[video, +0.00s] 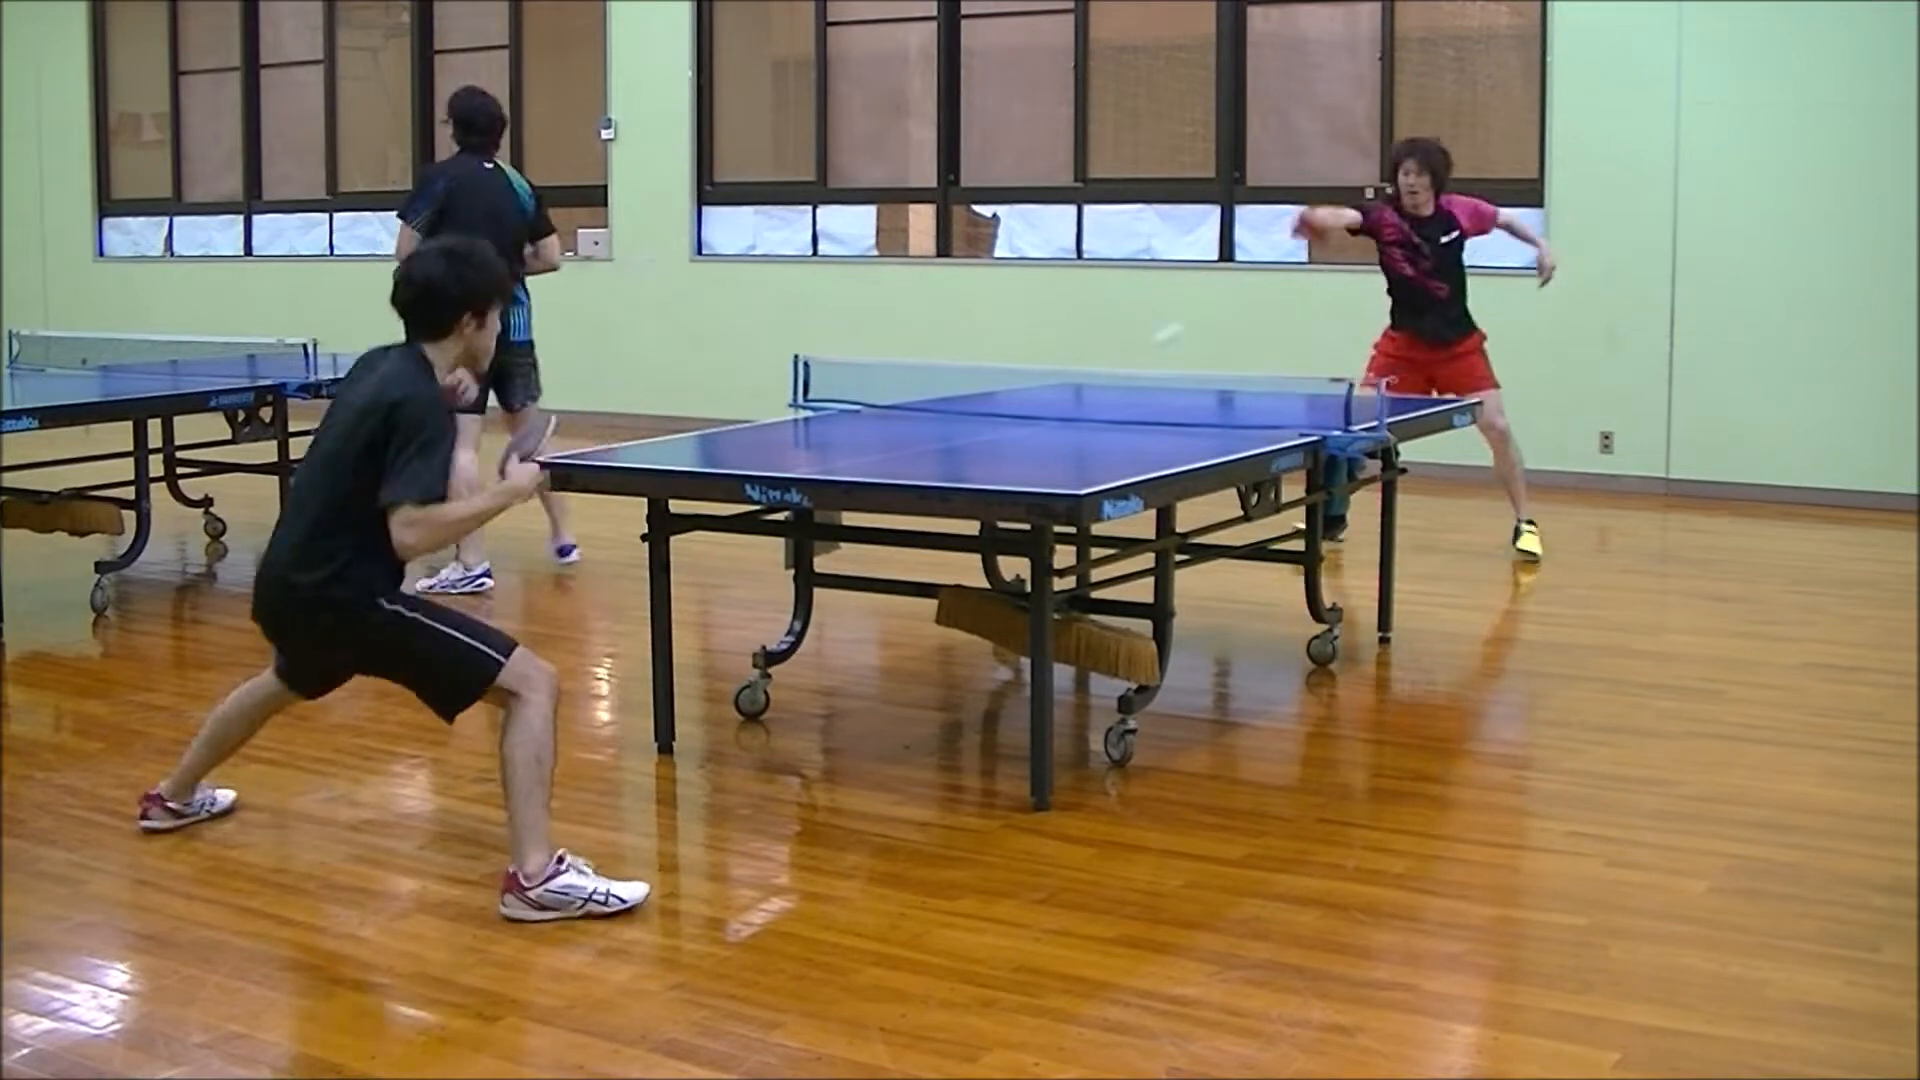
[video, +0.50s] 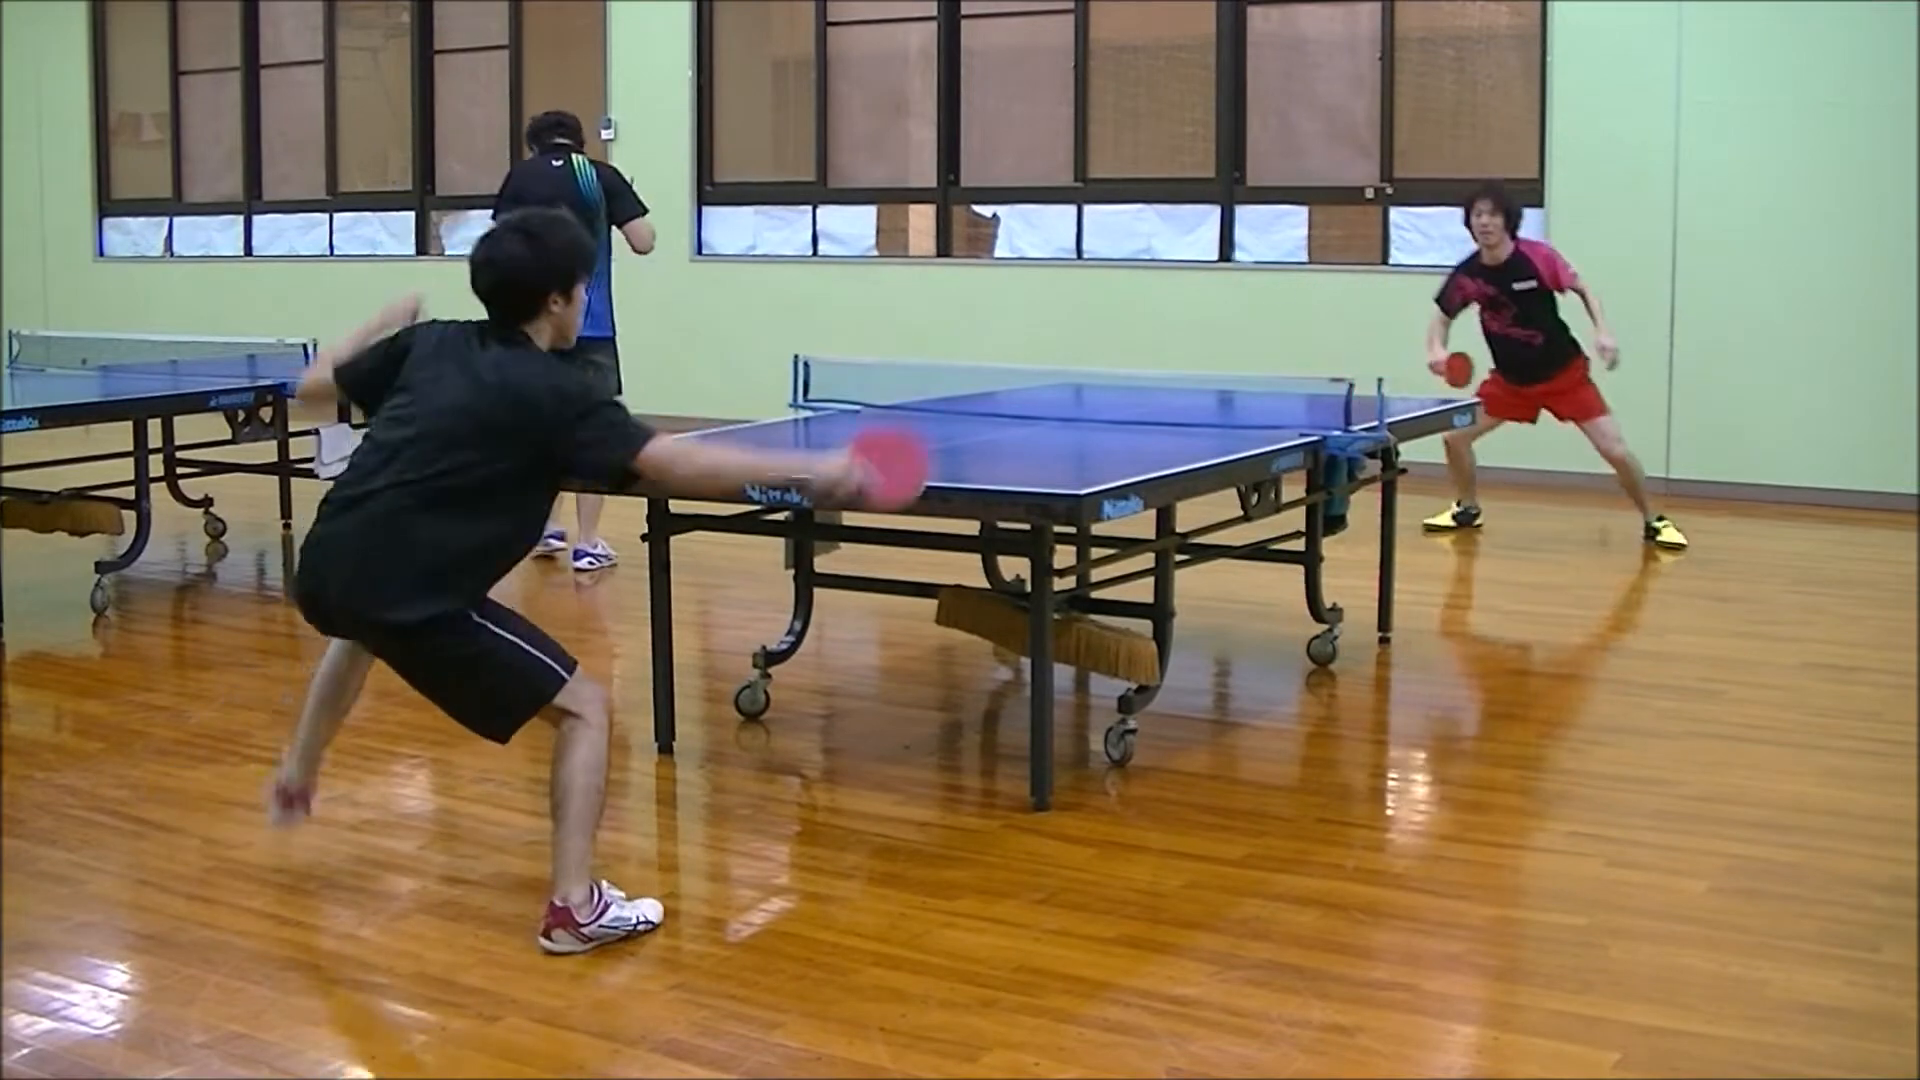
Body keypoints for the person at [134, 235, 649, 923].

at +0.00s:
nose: (497, 332)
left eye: (499, 319)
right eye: (496, 317)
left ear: (423, 311)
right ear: (472, 321)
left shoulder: (376, 368)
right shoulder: (421, 398)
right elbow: (410, 534)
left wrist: (449, 416)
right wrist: (508, 495)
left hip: (285, 593)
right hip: (346, 607)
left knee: (288, 679)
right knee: (533, 684)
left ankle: (172, 795)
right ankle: (537, 872)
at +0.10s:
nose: (515, 339)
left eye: (513, 325)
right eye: (508, 326)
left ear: (450, 331)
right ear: (470, 334)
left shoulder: (375, 378)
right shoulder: (438, 417)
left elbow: (299, 428)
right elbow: (457, 534)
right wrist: (568, 479)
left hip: (301, 612)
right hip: (356, 626)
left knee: (297, 682)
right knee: (545, 681)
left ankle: (172, 796)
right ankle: (538, 876)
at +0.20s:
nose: (537, 290)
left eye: (530, 276)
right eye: (523, 279)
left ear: (464, 299)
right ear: (485, 299)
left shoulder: (402, 349)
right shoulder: (491, 389)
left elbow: (318, 393)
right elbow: (570, 461)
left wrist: (390, 315)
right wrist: (690, 431)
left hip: (320, 582)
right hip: (390, 598)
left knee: (282, 684)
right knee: (577, 681)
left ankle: (183, 792)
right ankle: (541, 875)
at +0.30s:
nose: (564, 265)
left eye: (556, 253)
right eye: (549, 256)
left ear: (487, 280)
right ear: (509, 282)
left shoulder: (422, 327)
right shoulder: (548, 369)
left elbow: (336, 326)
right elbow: (659, 394)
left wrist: (412, 261)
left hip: (325, 555)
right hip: (405, 577)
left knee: (321, 646)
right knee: (579, 682)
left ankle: (216, 778)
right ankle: (550, 873)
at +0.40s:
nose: (583, 289)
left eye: (577, 275)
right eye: (573, 278)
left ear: (492, 289)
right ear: (543, 294)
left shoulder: (433, 324)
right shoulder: (562, 378)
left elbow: (331, 309)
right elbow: (687, 401)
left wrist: (400, 245)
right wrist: (824, 389)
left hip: (317, 556)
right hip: (395, 583)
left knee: (369, 608)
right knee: (568, 709)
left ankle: (274, 730)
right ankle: (569, 903)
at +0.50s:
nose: (584, 303)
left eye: (581, 290)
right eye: (580, 292)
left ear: (494, 296)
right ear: (554, 304)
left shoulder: (429, 344)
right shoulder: (561, 393)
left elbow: (317, 384)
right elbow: (671, 462)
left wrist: (382, 322)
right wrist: (809, 471)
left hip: (324, 570)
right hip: (411, 594)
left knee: (369, 618)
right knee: (584, 703)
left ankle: (294, 776)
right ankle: (575, 904)